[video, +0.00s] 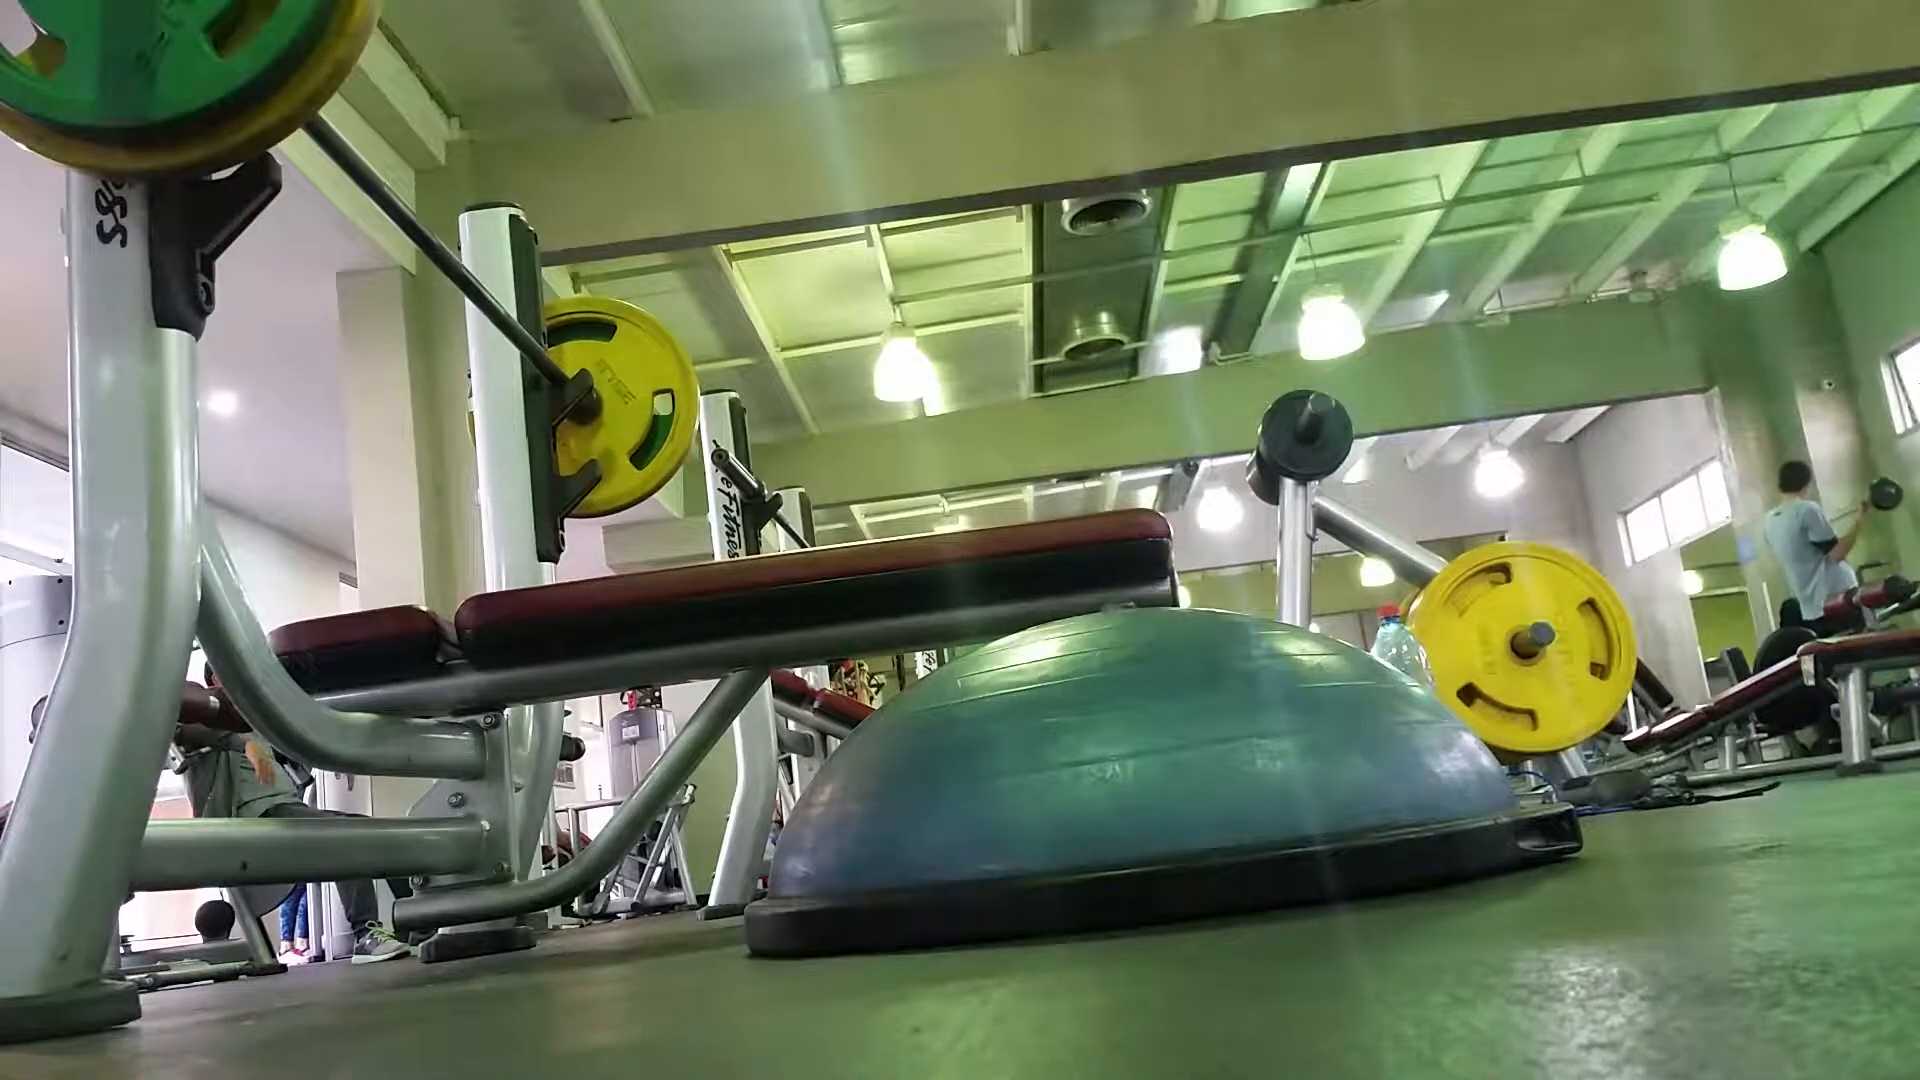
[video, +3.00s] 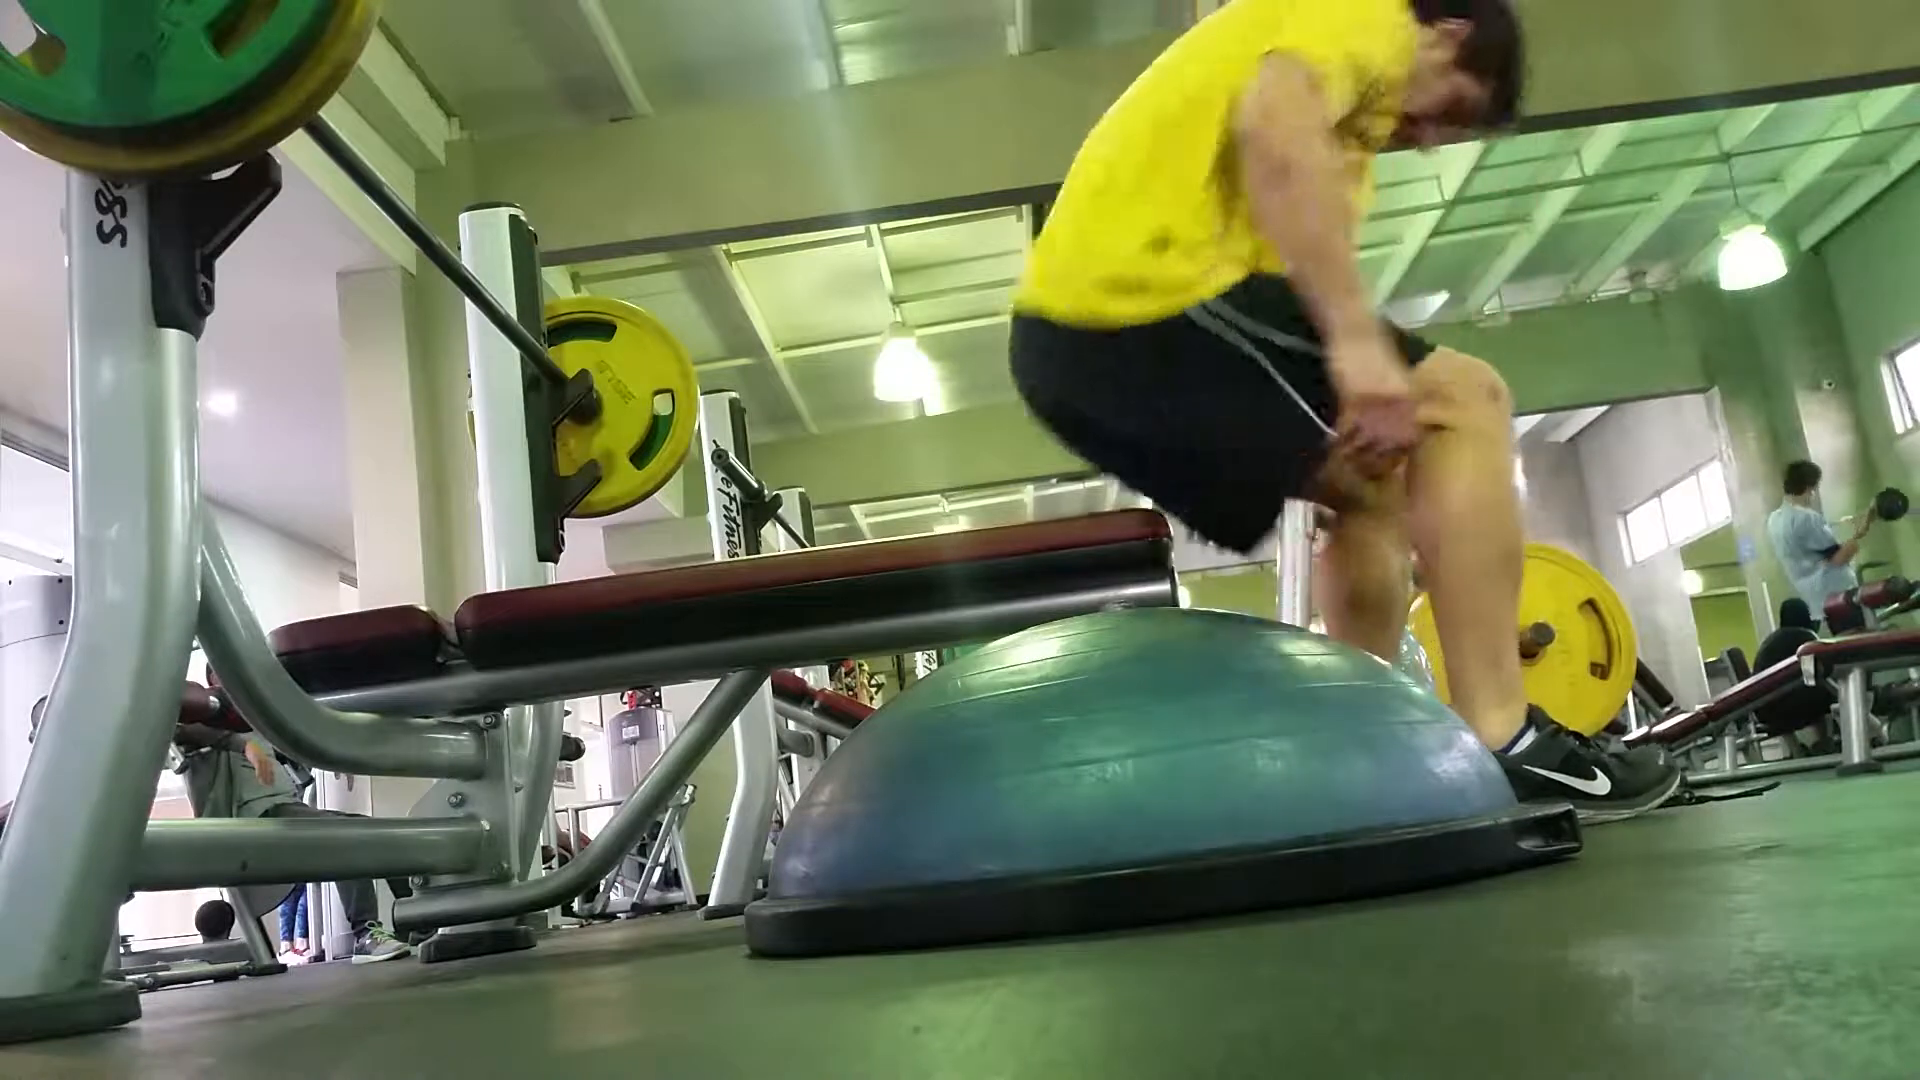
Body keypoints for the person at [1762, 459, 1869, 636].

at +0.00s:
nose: (1811, 486)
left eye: (1809, 481)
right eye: (1810, 481)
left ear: (1781, 484)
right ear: (1807, 483)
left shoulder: (1770, 520)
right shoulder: (1807, 510)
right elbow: (1837, 553)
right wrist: (1860, 521)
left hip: (1809, 611)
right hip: (1838, 606)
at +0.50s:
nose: (1811, 478)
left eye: (1808, 473)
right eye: (1807, 474)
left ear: (1782, 487)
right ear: (1798, 481)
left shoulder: (1778, 519)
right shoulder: (1812, 510)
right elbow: (1847, 546)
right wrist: (1841, 505)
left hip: (1813, 608)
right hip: (1839, 602)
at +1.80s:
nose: (1810, 477)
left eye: (1807, 472)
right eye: (1806, 472)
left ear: (1781, 484)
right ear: (1797, 478)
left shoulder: (1775, 517)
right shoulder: (1806, 509)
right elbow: (1832, 551)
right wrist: (1847, 512)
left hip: (1807, 606)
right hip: (1834, 599)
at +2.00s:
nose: (1810, 477)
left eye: (1806, 472)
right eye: (1804, 473)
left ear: (1781, 488)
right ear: (1798, 481)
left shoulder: (1775, 520)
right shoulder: (1806, 506)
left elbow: (1781, 564)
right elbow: (1815, 555)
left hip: (1808, 610)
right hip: (1835, 602)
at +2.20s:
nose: (1814, 477)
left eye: (1811, 472)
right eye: (1809, 473)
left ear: (1786, 488)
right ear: (1803, 480)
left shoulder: (1782, 520)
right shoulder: (1813, 506)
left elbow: (1785, 571)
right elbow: (1815, 553)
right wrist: (1862, 559)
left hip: (1812, 611)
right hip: (1838, 604)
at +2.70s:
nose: (1814, 480)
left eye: (1812, 475)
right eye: (1812, 475)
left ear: (1786, 483)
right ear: (1807, 479)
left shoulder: (1780, 518)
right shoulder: (1808, 510)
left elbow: (1785, 562)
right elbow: (1822, 560)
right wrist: (1867, 557)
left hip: (1813, 610)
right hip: (1837, 607)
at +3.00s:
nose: (1816, 492)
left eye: (1816, 486)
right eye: (1815, 487)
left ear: (1787, 485)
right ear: (1808, 488)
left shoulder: (1773, 520)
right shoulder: (1807, 519)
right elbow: (1838, 558)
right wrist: (1856, 537)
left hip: (1815, 606)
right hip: (1840, 603)